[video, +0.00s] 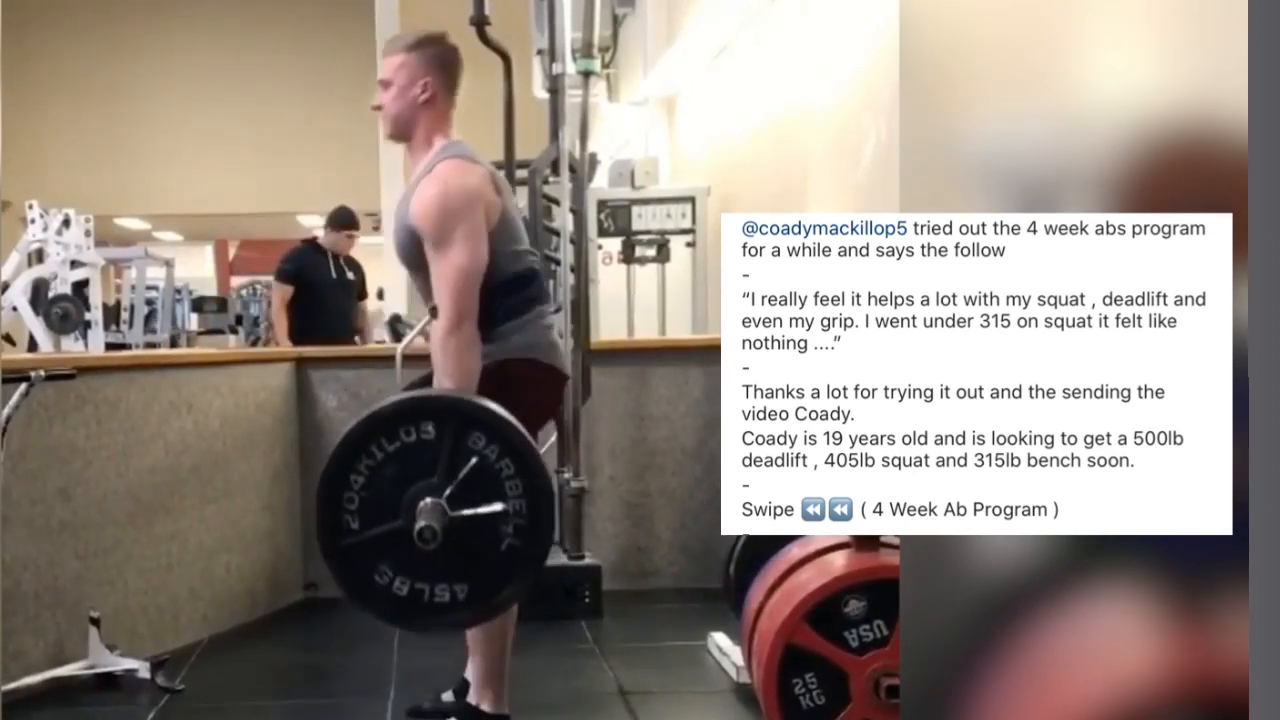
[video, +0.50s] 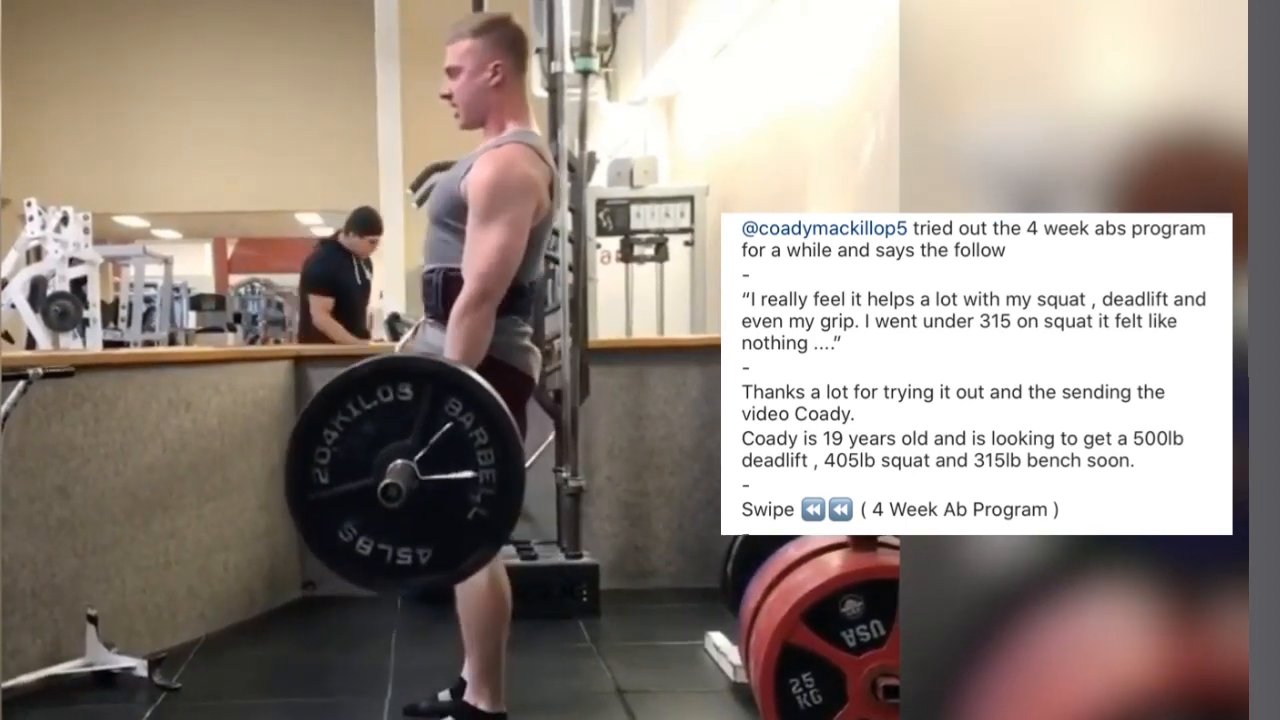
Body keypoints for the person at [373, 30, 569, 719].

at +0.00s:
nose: (377, 99)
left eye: (387, 85)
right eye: (378, 85)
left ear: (425, 90)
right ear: (426, 93)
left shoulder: (451, 182)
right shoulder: (440, 174)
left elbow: (460, 324)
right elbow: (471, 296)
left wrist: (444, 459)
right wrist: (434, 329)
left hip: (511, 368)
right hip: (500, 363)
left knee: (486, 531)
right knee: (481, 528)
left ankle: (489, 701)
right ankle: (480, 690)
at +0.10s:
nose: (401, 88)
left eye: (410, 75)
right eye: (403, 75)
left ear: (450, 80)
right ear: (454, 83)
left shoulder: (470, 173)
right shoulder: (465, 163)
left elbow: (468, 313)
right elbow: (469, 292)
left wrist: (444, 437)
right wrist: (434, 329)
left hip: (504, 375)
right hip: (501, 369)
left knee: (484, 540)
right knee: (480, 535)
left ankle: (488, 703)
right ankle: (479, 690)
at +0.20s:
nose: (422, 87)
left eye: (431, 72)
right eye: (423, 73)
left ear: (474, 74)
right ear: (475, 77)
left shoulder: (488, 166)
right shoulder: (480, 157)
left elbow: (476, 301)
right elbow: (465, 287)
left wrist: (450, 414)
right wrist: (428, 333)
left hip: (499, 369)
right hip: (497, 362)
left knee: (477, 539)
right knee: (477, 535)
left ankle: (489, 704)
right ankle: (478, 690)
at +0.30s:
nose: (435, 85)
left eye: (445, 71)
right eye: (435, 72)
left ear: (485, 72)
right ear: (487, 75)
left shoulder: (501, 165)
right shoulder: (493, 157)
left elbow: (478, 300)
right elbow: (471, 292)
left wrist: (454, 411)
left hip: (493, 370)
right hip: (495, 365)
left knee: (477, 541)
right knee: (477, 538)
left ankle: (487, 703)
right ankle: (479, 691)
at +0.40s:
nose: (441, 87)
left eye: (451, 73)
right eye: (442, 74)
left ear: (492, 73)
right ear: (495, 76)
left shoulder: (505, 163)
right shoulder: (504, 155)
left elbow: (479, 299)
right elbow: (477, 291)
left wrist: (449, 409)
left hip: (489, 366)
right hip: (494, 361)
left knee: (476, 540)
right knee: (477, 537)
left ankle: (486, 703)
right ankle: (479, 692)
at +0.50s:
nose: (444, 87)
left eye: (455, 73)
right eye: (445, 74)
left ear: (495, 74)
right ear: (498, 76)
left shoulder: (508, 163)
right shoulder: (507, 156)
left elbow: (479, 298)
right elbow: (479, 290)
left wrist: (446, 407)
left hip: (486, 365)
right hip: (491, 360)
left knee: (473, 538)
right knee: (475, 536)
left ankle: (484, 702)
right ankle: (477, 690)